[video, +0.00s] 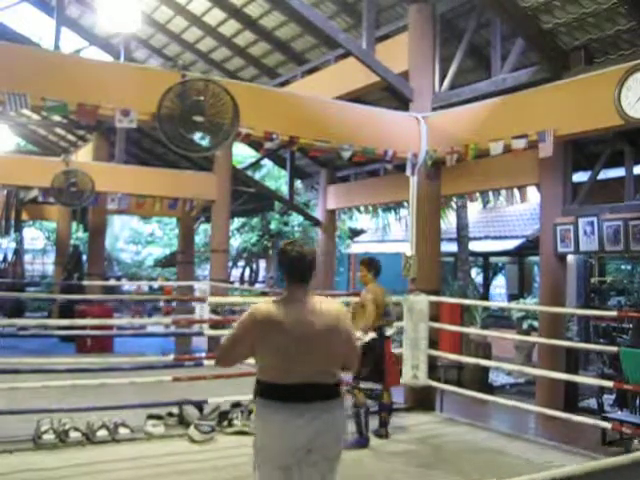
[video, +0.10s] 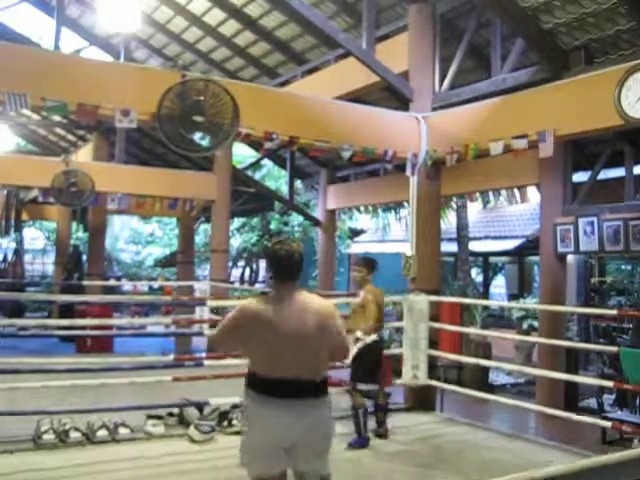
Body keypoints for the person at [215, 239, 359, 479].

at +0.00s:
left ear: (281, 272)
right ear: (313, 271)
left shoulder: (261, 315)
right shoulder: (335, 313)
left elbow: (224, 358)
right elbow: (351, 362)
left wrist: (261, 341)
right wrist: (321, 349)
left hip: (275, 417)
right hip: (327, 415)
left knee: (273, 475)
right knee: (321, 475)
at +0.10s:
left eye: (268, 264)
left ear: (269, 269)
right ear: (300, 269)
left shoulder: (250, 311)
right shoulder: (324, 309)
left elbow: (216, 344)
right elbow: (341, 352)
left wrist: (255, 341)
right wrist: (308, 348)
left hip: (264, 414)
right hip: (313, 413)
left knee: (266, 474)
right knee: (314, 474)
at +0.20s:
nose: (256, 268)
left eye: (257, 264)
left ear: (259, 268)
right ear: (292, 268)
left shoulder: (242, 308)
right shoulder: (314, 306)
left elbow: (211, 340)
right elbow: (333, 347)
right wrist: (300, 336)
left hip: (257, 409)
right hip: (304, 409)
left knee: (264, 475)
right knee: (308, 473)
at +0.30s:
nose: (254, 269)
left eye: (255, 265)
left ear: (257, 269)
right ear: (290, 269)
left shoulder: (238, 305)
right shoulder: (308, 305)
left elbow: (206, 334)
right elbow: (324, 345)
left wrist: (223, 309)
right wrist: (292, 334)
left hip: (252, 401)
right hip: (299, 400)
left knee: (262, 473)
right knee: (299, 466)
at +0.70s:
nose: (246, 271)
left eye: (247, 266)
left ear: (249, 270)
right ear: (278, 272)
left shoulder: (230, 303)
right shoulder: (291, 305)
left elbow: (198, 330)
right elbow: (304, 343)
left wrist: (228, 324)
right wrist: (275, 341)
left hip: (240, 391)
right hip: (282, 390)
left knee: (244, 465)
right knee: (265, 457)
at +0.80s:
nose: (243, 268)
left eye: (245, 264)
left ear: (247, 267)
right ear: (275, 271)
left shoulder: (230, 300)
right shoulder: (288, 304)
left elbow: (197, 329)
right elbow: (300, 347)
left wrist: (225, 325)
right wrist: (270, 340)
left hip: (239, 387)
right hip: (279, 386)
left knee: (232, 458)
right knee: (262, 451)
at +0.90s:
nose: (240, 268)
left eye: (242, 264)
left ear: (245, 266)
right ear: (272, 269)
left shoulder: (227, 298)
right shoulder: (286, 303)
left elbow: (193, 329)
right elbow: (299, 347)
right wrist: (269, 343)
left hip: (236, 384)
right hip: (277, 382)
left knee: (217, 458)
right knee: (259, 452)